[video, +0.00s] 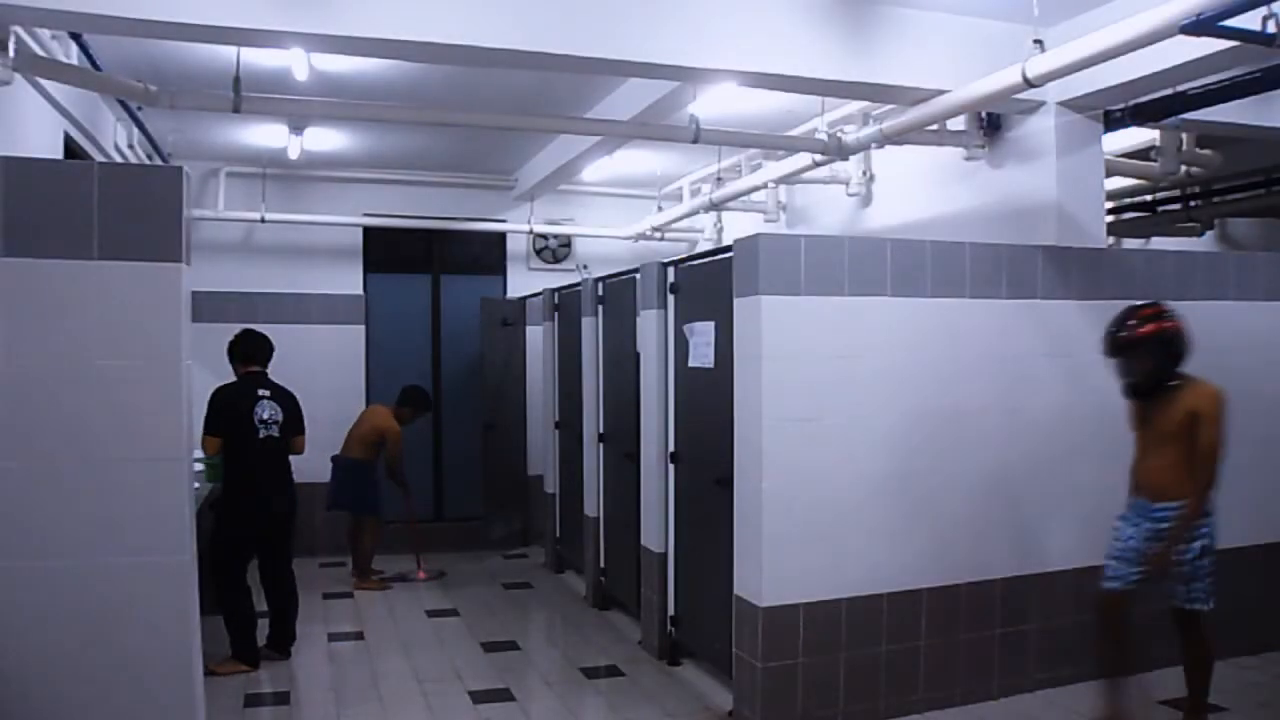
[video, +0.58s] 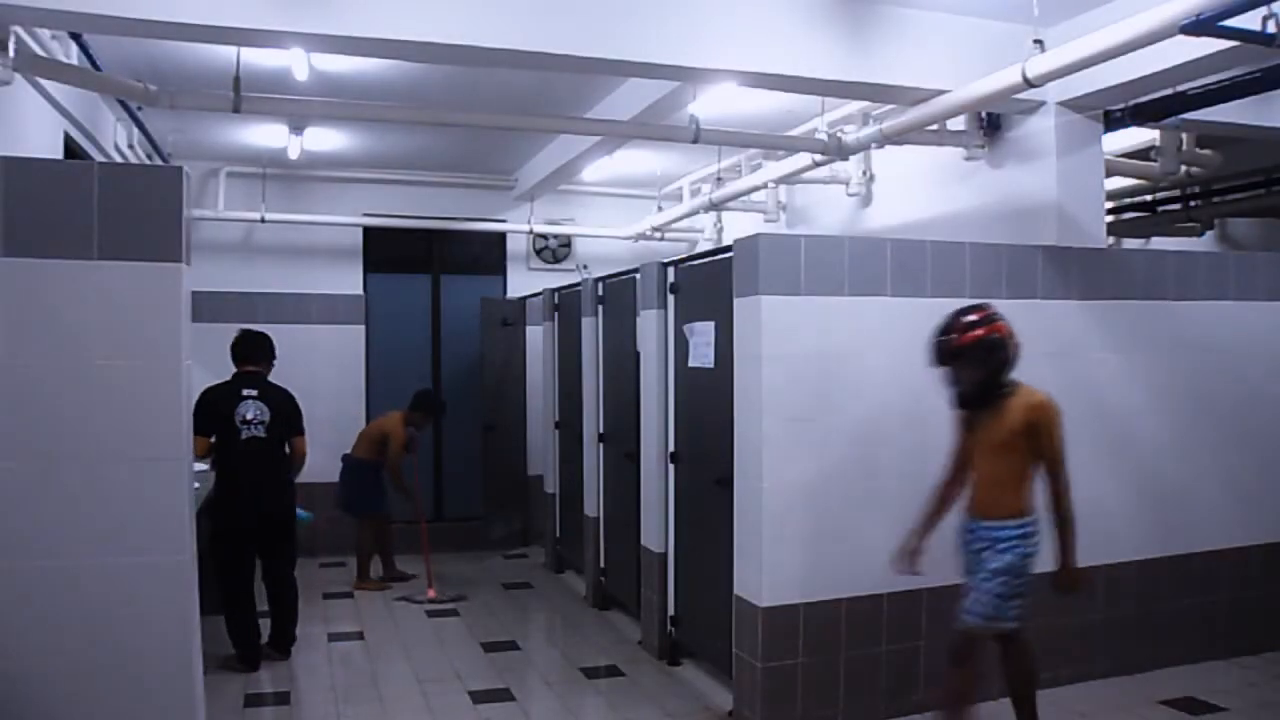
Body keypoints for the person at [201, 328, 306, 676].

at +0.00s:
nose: (235, 365)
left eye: (234, 359)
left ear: (234, 361)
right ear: (268, 360)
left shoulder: (224, 396)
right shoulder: (286, 397)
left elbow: (211, 446)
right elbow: (298, 446)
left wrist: (236, 436)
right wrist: (265, 442)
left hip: (238, 498)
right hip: (279, 497)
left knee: (229, 572)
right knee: (277, 567)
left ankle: (244, 654)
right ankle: (281, 644)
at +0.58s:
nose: (266, 365)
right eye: (268, 359)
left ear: (234, 360)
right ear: (270, 361)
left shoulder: (212, 397)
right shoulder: (283, 398)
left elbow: (200, 450)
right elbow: (299, 452)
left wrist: (225, 443)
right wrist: (285, 477)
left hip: (231, 498)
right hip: (275, 497)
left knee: (235, 576)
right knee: (280, 571)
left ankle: (247, 655)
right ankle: (282, 644)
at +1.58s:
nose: (287, 380)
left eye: (289, 374)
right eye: (288, 373)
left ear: (256, 362)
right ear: (279, 367)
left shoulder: (218, 394)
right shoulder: (283, 399)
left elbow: (205, 446)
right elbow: (304, 451)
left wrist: (232, 459)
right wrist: (328, 492)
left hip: (233, 499)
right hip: (277, 499)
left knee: (240, 576)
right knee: (282, 571)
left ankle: (246, 656)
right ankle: (283, 643)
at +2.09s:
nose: (326, 385)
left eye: (329, 379)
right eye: (327, 378)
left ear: (300, 364)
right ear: (317, 369)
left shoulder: (260, 391)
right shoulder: (309, 397)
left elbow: (251, 440)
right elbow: (323, 446)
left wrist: (281, 449)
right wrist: (342, 461)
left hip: (261, 489)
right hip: (297, 491)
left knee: (277, 557)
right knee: (297, 563)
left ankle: (271, 624)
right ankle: (284, 641)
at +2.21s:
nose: (333, 384)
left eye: (336, 379)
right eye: (334, 378)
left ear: (308, 364)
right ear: (325, 370)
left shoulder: (271, 393)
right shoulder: (315, 398)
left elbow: (275, 443)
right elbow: (327, 449)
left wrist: (315, 456)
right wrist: (349, 459)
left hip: (271, 488)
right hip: (305, 492)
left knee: (297, 558)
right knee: (301, 563)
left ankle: (310, 622)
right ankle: (285, 642)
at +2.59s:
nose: (370, 381)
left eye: (373, 374)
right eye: (371, 374)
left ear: (345, 363)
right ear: (362, 368)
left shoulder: (310, 393)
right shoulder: (351, 393)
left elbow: (296, 439)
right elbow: (361, 437)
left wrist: (323, 454)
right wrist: (386, 456)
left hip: (314, 482)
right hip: (344, 482)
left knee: (338, 553)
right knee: (341, 554)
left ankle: (344, 623)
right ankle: (300, 623)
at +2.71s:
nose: (385, 381)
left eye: (387, 375)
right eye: (386, 374)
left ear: (361, 362)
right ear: (377, 368)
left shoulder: (327, 391)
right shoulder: (363, 392)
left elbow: (313, 435)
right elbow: (371, 436)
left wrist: (342, 447)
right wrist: (399, 456)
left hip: (329, 480)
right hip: (357, 482)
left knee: (345, 547)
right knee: (374, 548)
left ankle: (343, 619)